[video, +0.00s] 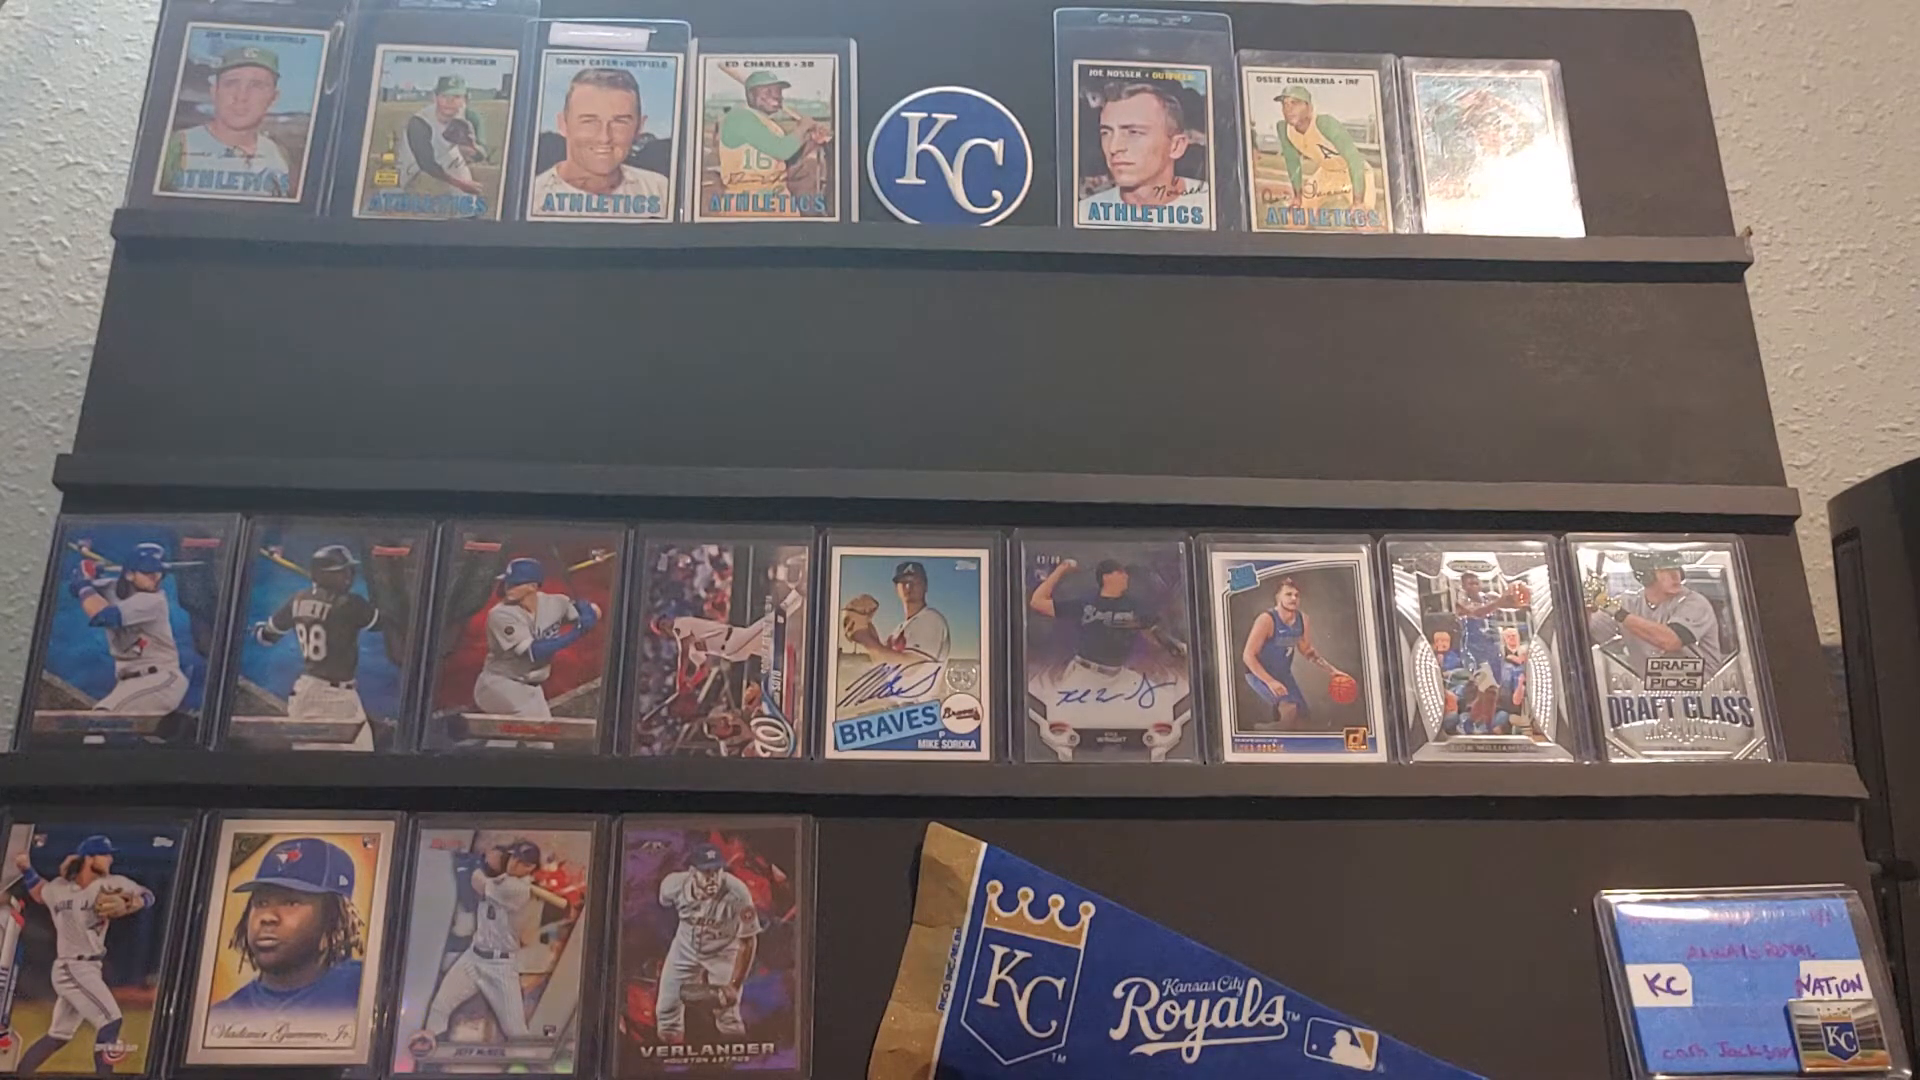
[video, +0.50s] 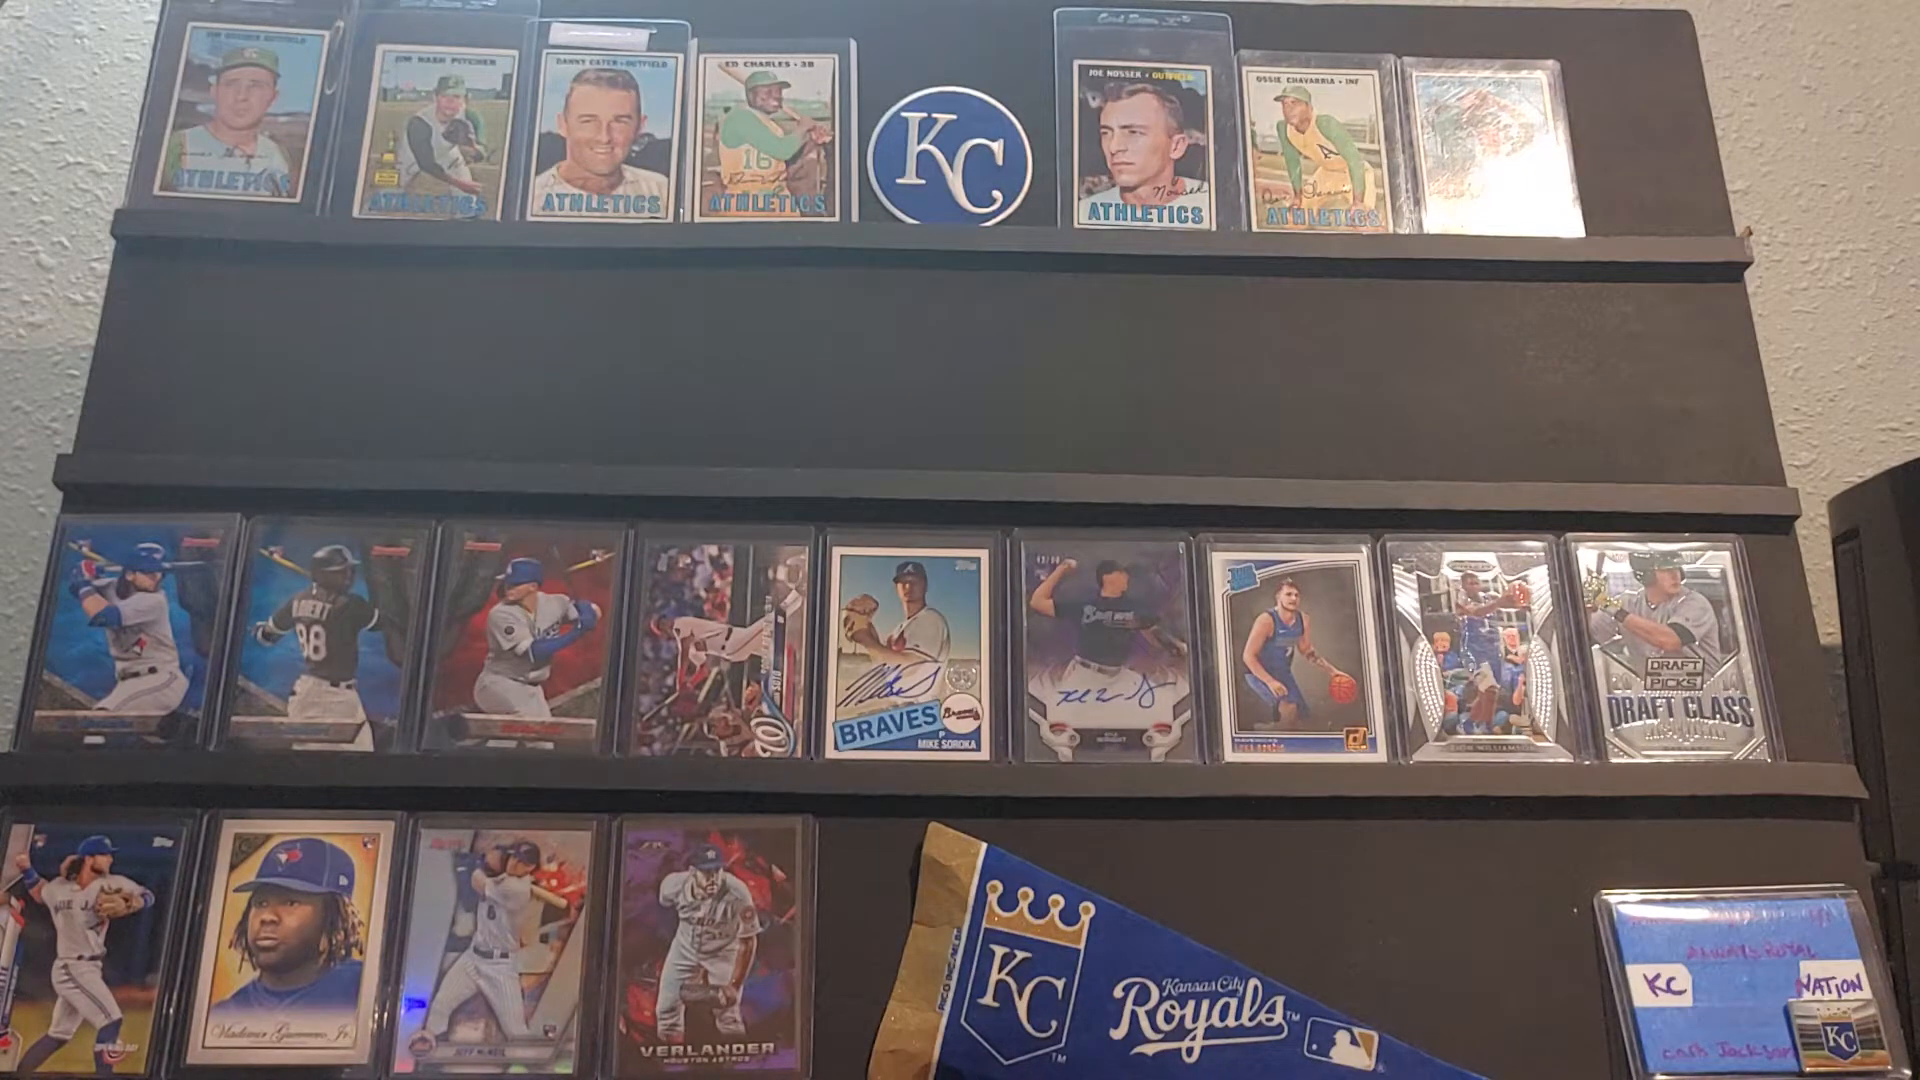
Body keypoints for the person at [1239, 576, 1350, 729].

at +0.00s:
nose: (1294, 599)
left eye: (1296, 595)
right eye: (1288, 595)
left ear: (1299, 598)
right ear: (1278, 598)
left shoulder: (1302, 619)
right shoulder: (1266, 620)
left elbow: (1307, 650)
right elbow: (1248, 656)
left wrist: (1333, 671)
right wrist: (1270, 681)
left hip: (1283, 673)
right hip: (1260, 673)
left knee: (1302, 713)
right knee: (1289, 707)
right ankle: (1282, 750)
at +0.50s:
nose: (1293, 599)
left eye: (1296, 595)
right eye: (1288, 594)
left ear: (1300, 598)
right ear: (1278, 598)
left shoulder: (1302, 619)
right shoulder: (1266, 620)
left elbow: (1307, 650)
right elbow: (1248, 656)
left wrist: (1333, 671)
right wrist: (1270, 681)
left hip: (1283, 673)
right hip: (1260, 672)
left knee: (1300, 713)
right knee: (1288, 705)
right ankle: (1285, 747)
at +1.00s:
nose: (1293, 599)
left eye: (1296, 595)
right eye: (1288, 595)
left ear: (1300, 598)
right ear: (1278, 598)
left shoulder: (1302, 619)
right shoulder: (1266, 620)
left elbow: (1307, 650)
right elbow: (1248, 656)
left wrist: (1332, 671)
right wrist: (1270, 682)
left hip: (1283, 672)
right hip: (1260, 672)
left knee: (1300, 713)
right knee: (1289, 707)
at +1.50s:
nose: (1293, 599)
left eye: (1296, 595)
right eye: (1288, 594)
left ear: (1300, 598)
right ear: (1278, 598)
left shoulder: (1302, 619)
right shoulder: (1266, 620)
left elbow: (1307, 651)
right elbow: (1248, 656)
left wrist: (1332, 671)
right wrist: (1270, 681)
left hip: (1283, 672)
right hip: (1260, 672)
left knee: (1301, 713)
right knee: (1289, 706)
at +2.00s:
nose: (1293, 599)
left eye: (1296, 595)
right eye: (1288, 595)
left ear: (1299, 599)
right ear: (1278, 598)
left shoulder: (1302, 619)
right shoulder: (1265, 620)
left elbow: (1307, 650)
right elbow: (1248, 656)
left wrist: (1332, 671)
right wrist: (1270, 682)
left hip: (1284, 674)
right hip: (1259, 673)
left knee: (1303, 715)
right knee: (1288, 707)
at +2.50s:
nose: (1293, 599)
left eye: (1296, 595)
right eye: (1288, 595)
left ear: (1299, 599)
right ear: (1278, 598)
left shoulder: (1302, 619)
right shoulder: (1266, 620)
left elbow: (1307, 650)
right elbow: (1248, 656)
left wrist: (1333, 671)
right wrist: (1270, 682)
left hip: (1284, 674)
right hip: (1260, 673)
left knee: (1302, 714)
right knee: (1288, 706)